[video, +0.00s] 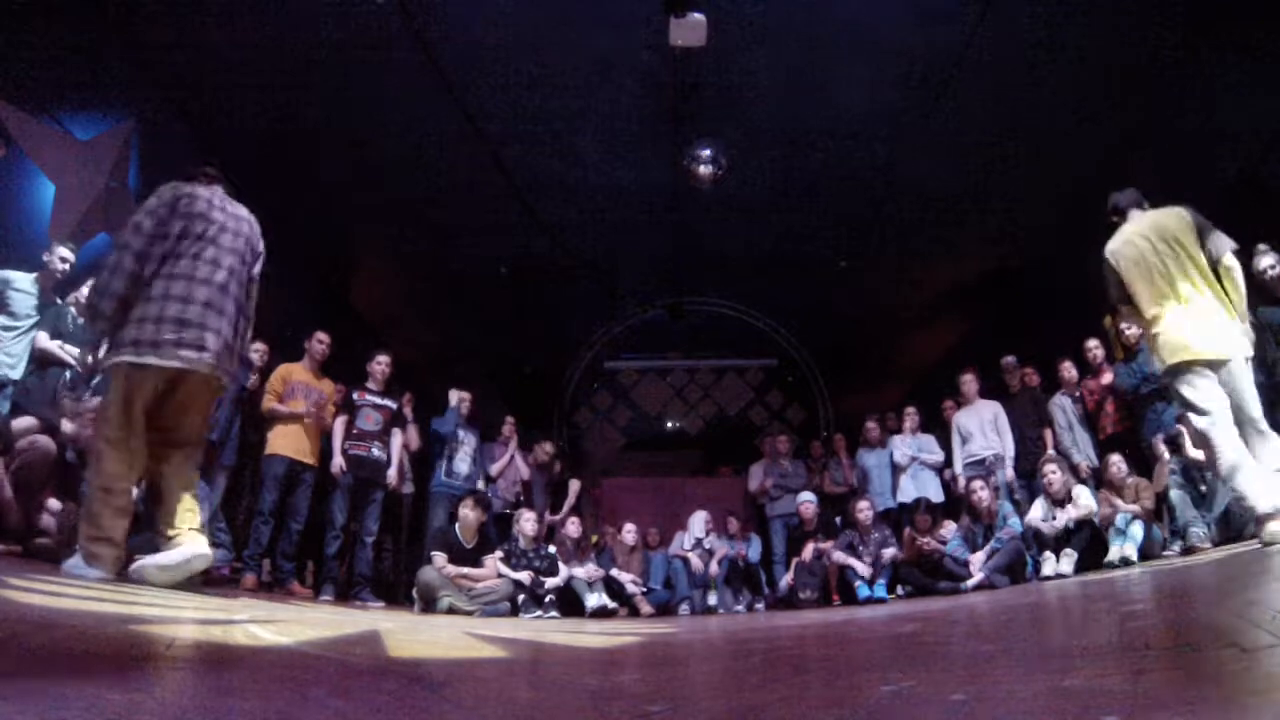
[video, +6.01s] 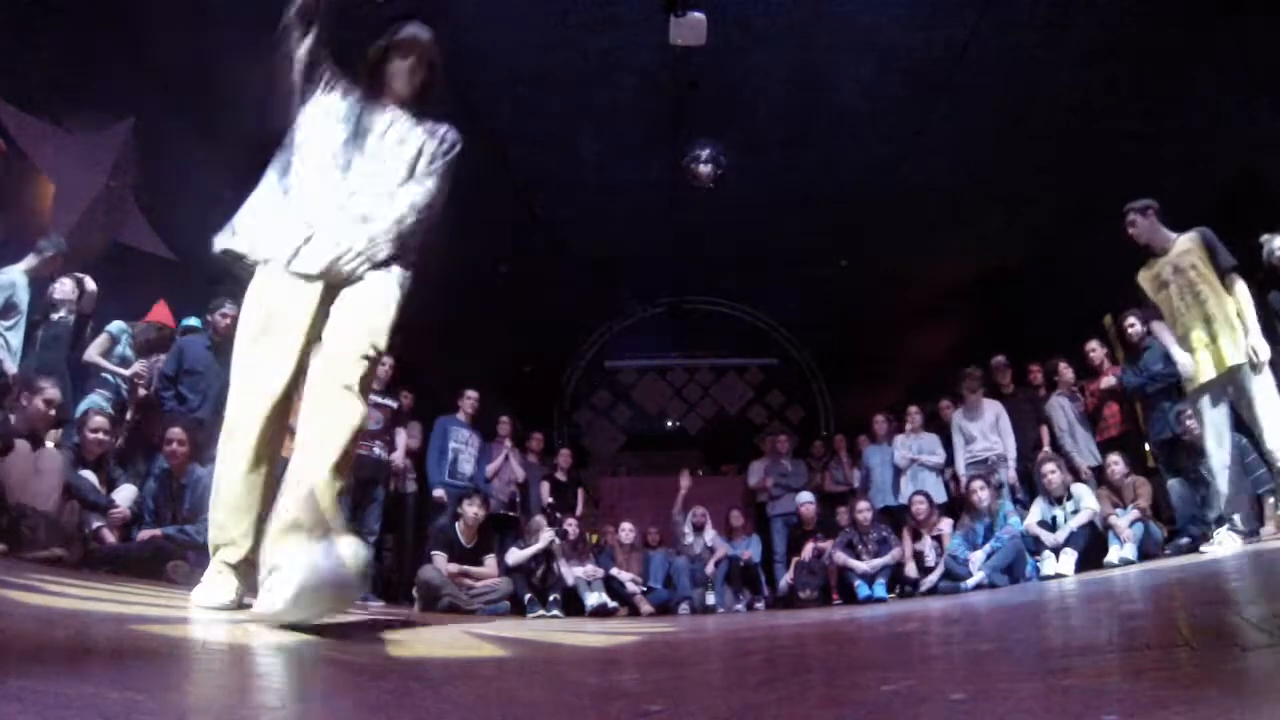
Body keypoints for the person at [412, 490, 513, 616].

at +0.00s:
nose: (466, 512)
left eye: (473, 509)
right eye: (464, 507)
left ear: (483, 517)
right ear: (458, 510)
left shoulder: (485, 539)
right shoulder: (442, 534)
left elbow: (492, 572)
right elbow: (441, 568)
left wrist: (460, 571)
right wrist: (474, 585)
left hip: (477, 590)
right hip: (448, 588)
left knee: (507, 585)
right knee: (426, 574)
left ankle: (455, 606)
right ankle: (477, 610)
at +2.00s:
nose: (466, 507)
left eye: (473, 504)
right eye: (464, 502)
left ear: (484, 515)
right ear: (459, 506)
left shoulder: (485, 537)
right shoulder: (442, 532)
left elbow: (493, 572)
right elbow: (441, 567)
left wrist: (461, 568)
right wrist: (474, 584)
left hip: (477, 589)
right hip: (447, 587)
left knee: (506, 585)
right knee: (427, 574)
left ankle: (454, 605)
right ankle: (477, 609)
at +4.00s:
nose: (493, 518)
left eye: (493, 513)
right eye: (490, 513)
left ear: (477, 514)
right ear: (475, 513)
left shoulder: (486, 538)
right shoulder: (444, 532)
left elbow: (492, 572)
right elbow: (442, 570)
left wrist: (461, 569)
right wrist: (475, 584)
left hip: (478, 590)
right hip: (448, 588)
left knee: (507, 584)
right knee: (428, 572)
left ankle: (456, 604)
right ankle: (476, 609)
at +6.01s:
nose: (475, 511)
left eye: (480, 507)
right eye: (470, 505)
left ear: (485, 514)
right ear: (460, 509)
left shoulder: (484, 536)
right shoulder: (443, 530)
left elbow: (493, 572)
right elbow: (442, 570)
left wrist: (461, 569)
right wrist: (475, 584)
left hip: (476, 591)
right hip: (446, 589)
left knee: (507, 584)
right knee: (427, 573)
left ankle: (455, 604)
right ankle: (477, 608)